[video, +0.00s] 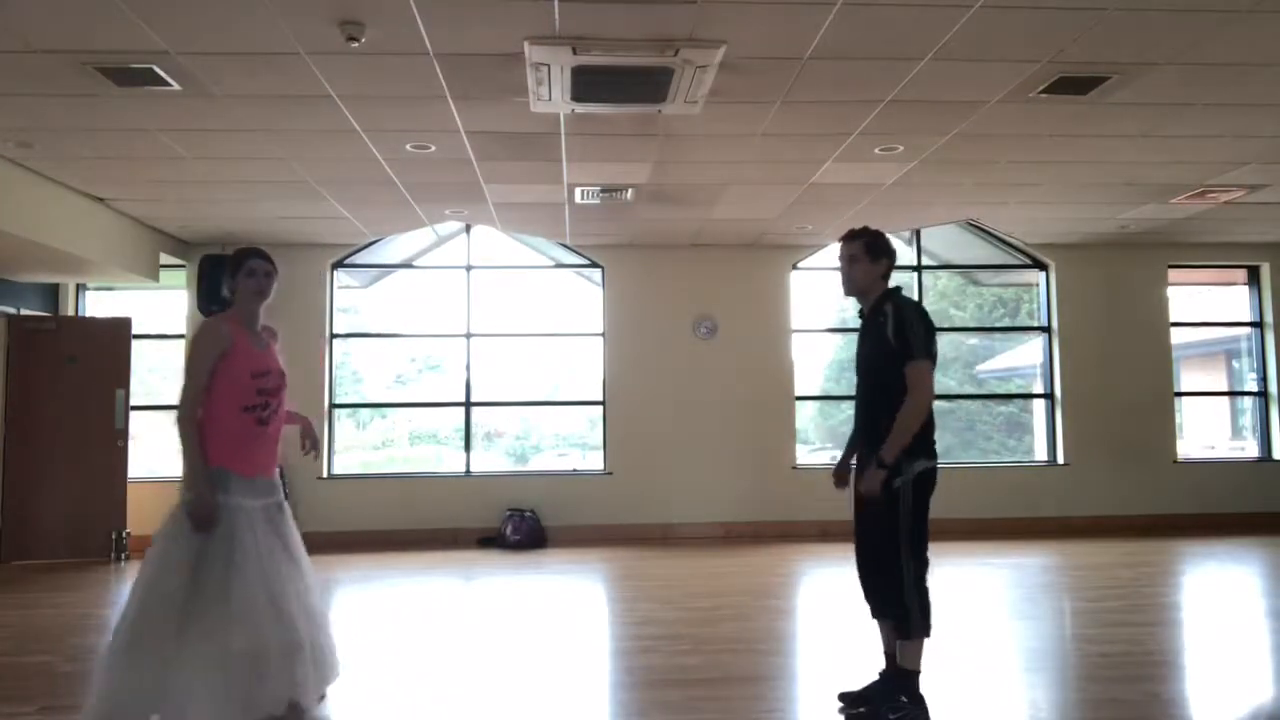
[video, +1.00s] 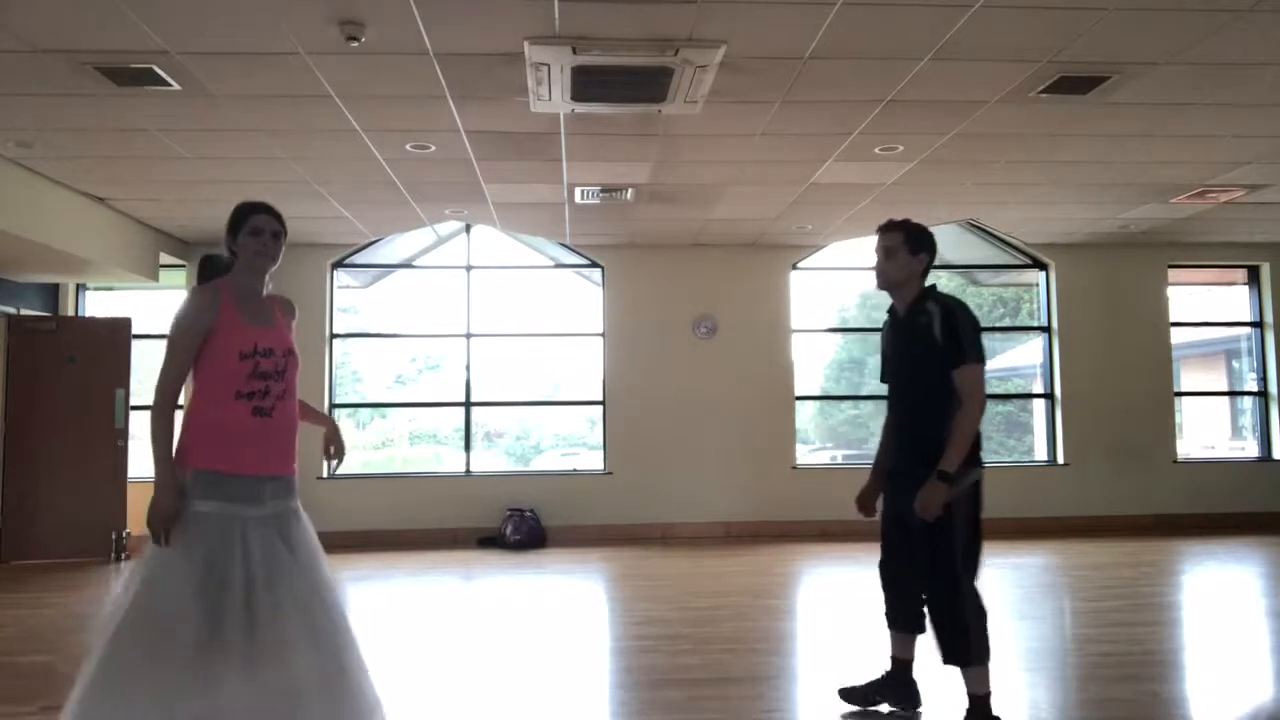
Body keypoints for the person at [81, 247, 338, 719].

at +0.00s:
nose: (261, 281)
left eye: (268, 275)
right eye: (252, 273)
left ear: (274, 286)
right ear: (232, 281)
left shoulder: (269, 335)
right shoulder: (215, 331)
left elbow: (258, 407)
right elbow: (187, 411)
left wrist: (301, 420)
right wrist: (197, 484)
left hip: (265, 485)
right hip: (225, 485)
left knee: (273, 597)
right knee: (225, 600)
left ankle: (276, 698)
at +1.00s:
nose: (268, 243)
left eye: (276, 237)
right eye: (256, 234)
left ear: (283, 249)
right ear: (233, 242)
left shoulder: (283, 310)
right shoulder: (207, 302)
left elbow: (275, 395)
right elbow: (164, 396)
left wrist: (326, 421)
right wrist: (164, 481)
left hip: (275, 485)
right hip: (212, 484)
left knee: (274, 627)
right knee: (205, 626)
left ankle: (265, 713)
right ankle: (198, 713)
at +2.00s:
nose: (257, 218)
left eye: (266, 212)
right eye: (245, 208)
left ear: (272, 226)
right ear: (216, 217)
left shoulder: (256, 294)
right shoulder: (203, 280)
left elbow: (245, 399)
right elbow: (167, 392)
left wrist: (261, 485)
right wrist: (189, 500)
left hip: (245, 497)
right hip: (203, 496)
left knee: (245, 653)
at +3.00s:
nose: (263, 228)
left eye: (266, 219)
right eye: (252, 216)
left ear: (260, 227)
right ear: (214, 218)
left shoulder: (235, 290)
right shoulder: (200, 281)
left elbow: (241, 402)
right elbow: (176, 396)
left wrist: (288, 474)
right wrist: (204, 500)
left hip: (247, 492)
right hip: (216, 494)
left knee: (250, 648)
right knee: (218, 649)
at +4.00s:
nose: (269, 227)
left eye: (268, 217)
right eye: (259, 216)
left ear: (227, 221)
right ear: (221, 218)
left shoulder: (236, 293)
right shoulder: (201, 286)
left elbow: (237, 399)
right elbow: (192, 402)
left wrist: (271, 489)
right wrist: (218, 503)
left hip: (257, 492)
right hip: (225, 493)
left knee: (262, 649)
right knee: (224, 651)